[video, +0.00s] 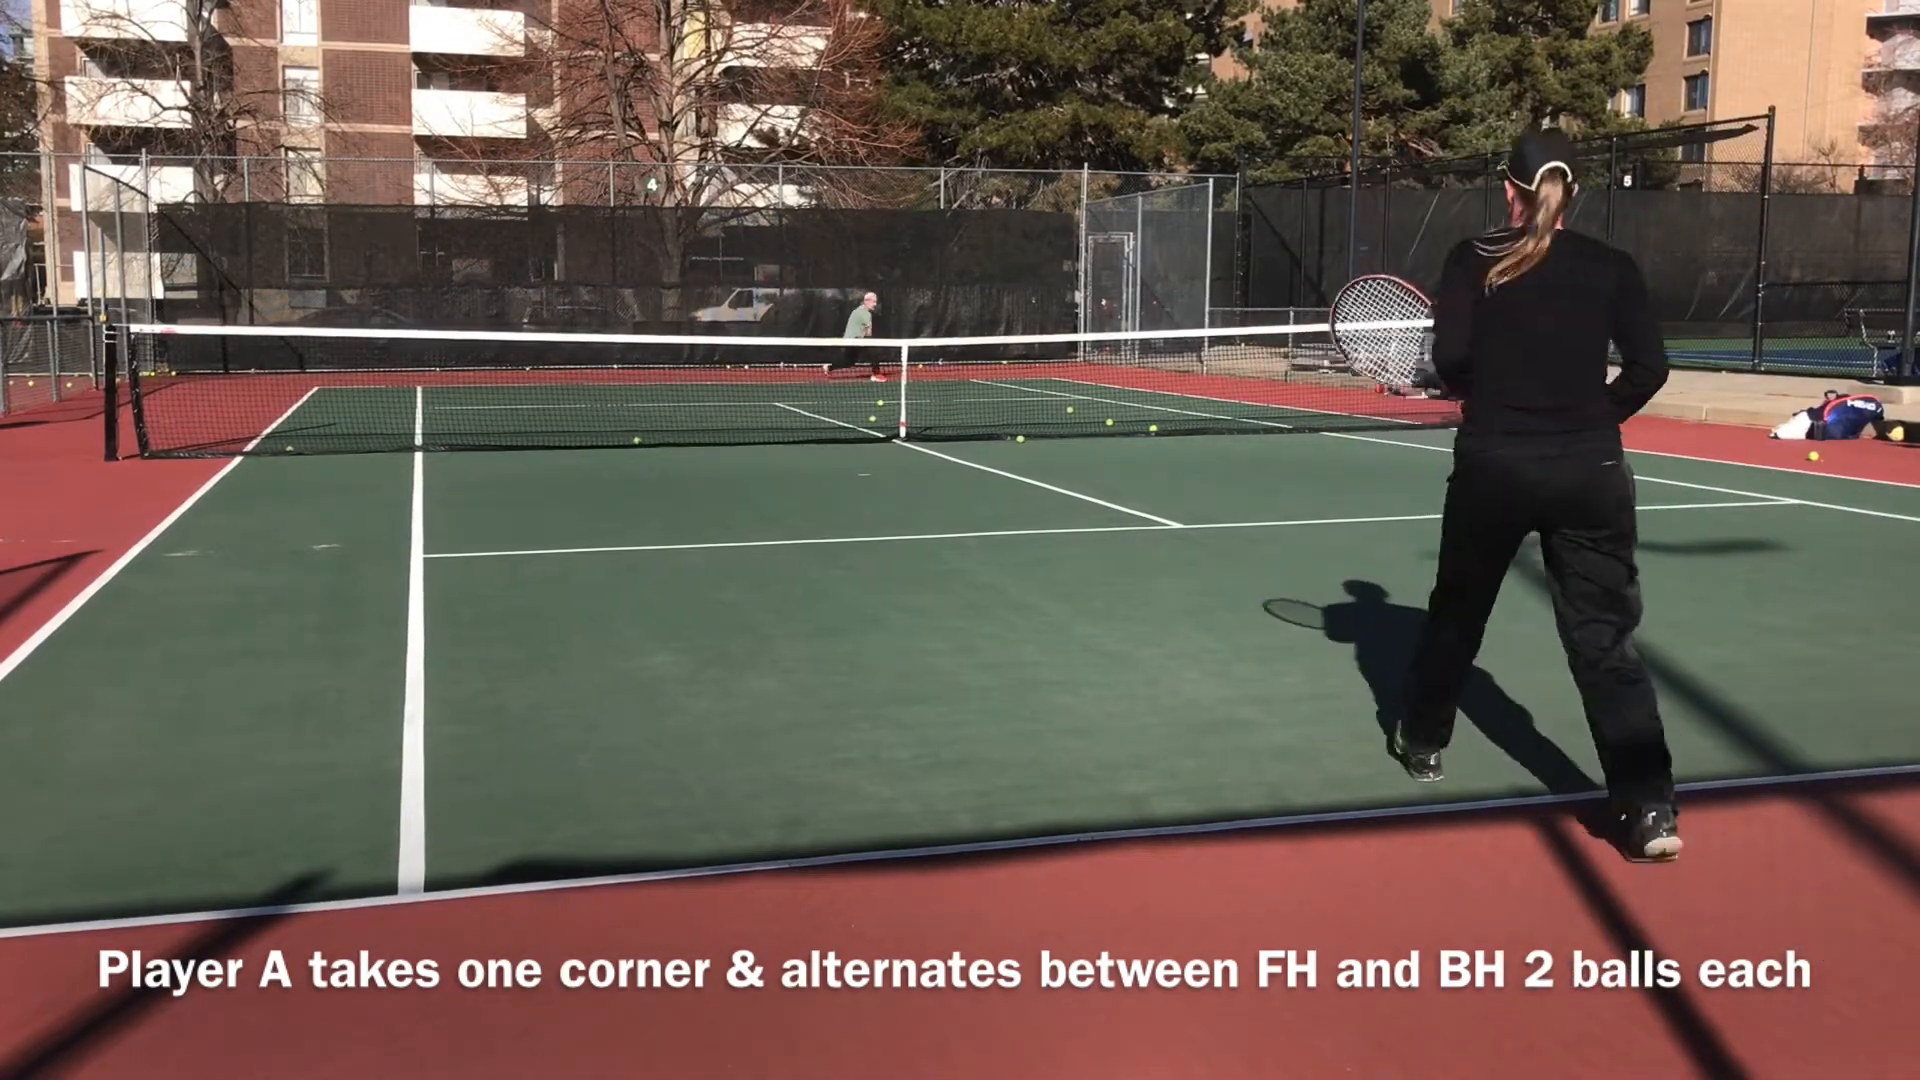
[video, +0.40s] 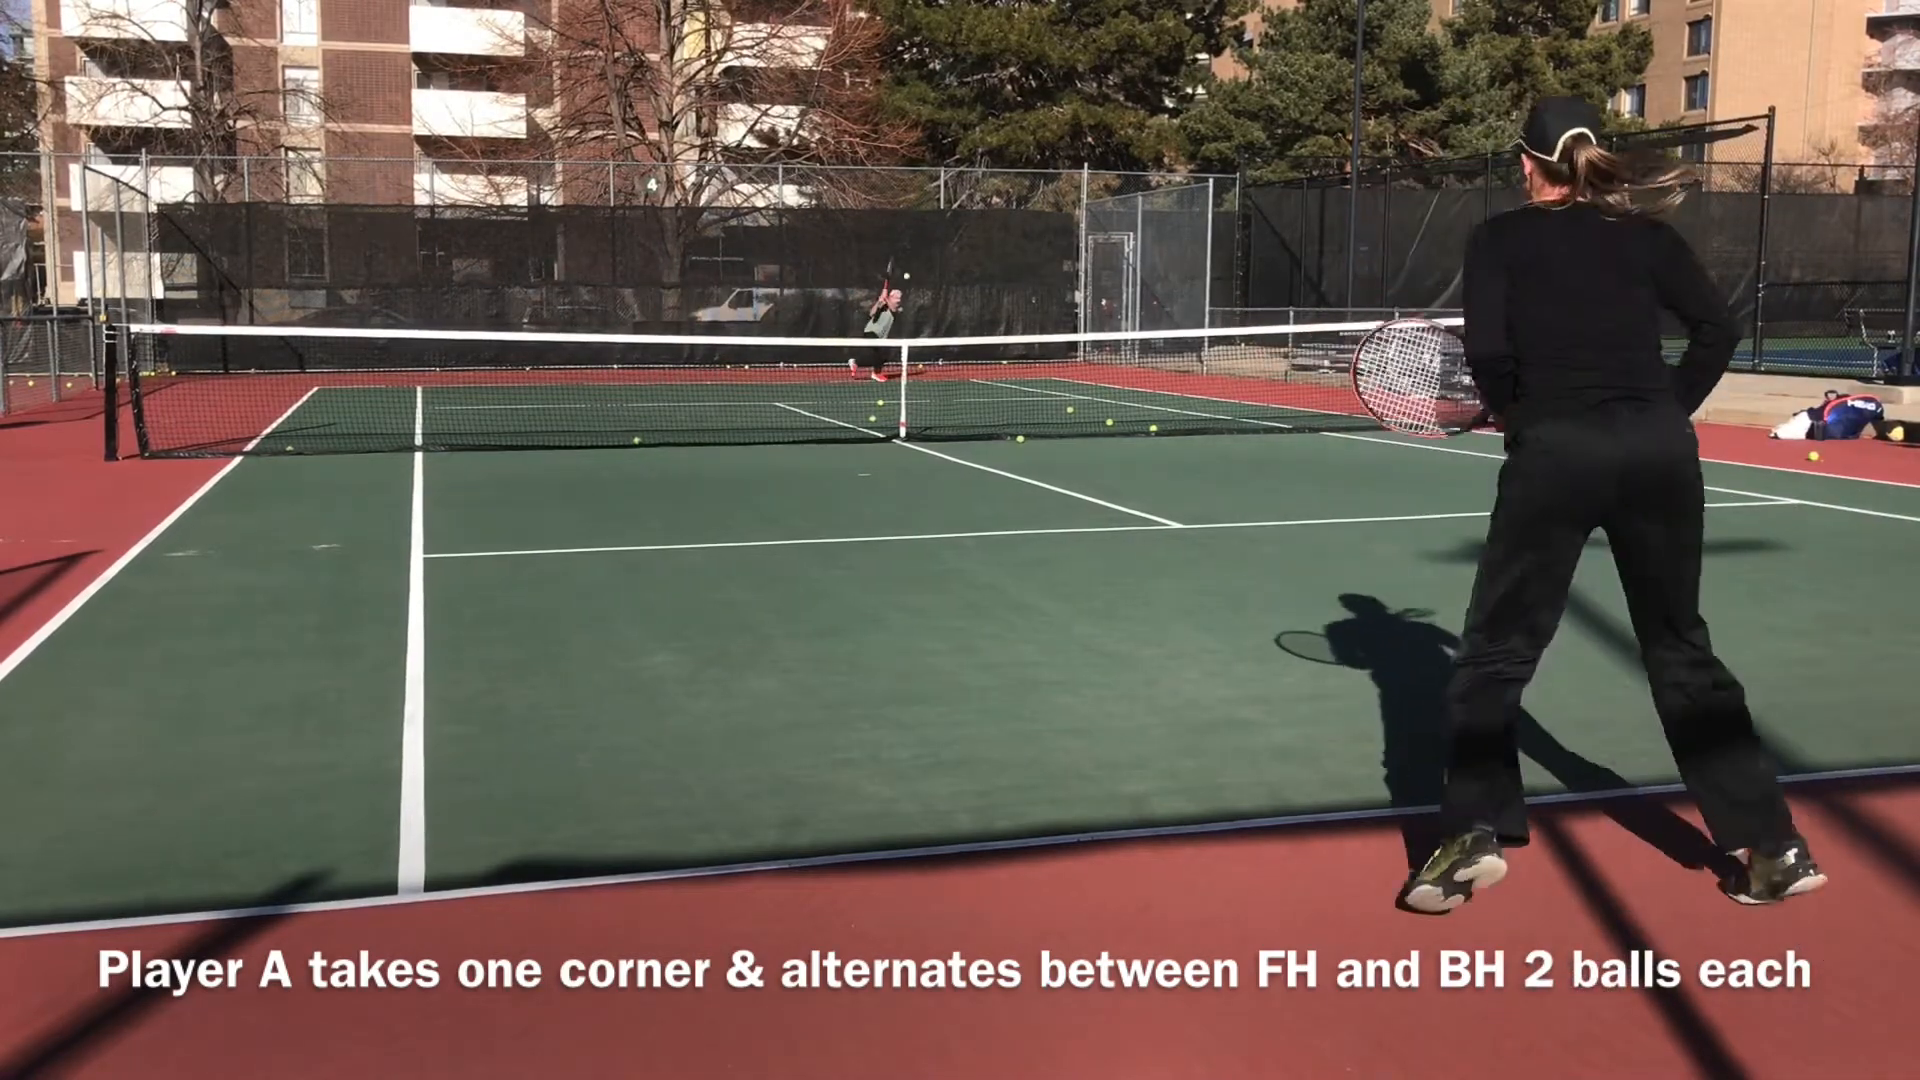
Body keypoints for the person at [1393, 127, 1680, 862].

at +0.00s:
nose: (1503, 197)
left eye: (1505, 188)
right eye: (1512, 186)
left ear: (1512, 192)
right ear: (1570, 194)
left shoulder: (1473, 258)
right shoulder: (1611, 266)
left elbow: (1449, 361)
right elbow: (1650, 367)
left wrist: (1472, 386)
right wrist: (1597, 414)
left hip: (1494, 470)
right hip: (1590, 472)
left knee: (1457, 609)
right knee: (1606, 638)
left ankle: (1423, 740)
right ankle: (1650, 810)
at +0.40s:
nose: (1516, 174)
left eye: (1518, 165)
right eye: (1526, 164)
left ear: (1530, 170)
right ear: (1599, 169)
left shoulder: (1499, 237)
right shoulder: (1648, 235)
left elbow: (1487, 354)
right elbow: (1718, 329)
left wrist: (1513, 417)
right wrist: (1669, 409)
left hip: (1555, 447)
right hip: (1659, 443)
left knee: (1498, 651)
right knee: (1679, 642)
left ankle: (1477, 829)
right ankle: (1769, 843)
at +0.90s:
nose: (1183, 188)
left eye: (1183, 174)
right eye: (1185, 173)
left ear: (1198, 173)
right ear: (1252, 167)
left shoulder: (1225, 236)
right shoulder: (1296, 230)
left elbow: (1273, 356)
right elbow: (1322, 380)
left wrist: (1184, 390)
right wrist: (1247, 465)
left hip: (1299, 496)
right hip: (1371, 494)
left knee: (1194, 696)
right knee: (1330, 710)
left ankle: (1210, 936)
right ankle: (1425, 933)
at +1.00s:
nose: (1090, 208)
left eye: (1090, 192)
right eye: (1091, 192)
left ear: (1107, 191)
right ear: (1153, 181)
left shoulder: (1168, 248)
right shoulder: (1181, 253)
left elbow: (1240, 349)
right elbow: (1214, 405)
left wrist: (1114, 374)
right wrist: (1133, 476)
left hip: (1202, 511)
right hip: (1249, 511)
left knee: (1106, 718)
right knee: (1200, 735)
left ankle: (1057, 949)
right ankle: (1364, 890)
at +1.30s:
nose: (870, 179)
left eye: (882, 162)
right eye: (866, 168)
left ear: (928, 156)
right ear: (881, 171)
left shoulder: (968, 222)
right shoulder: (890, 241)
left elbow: (1051, 276)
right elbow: (848, 323)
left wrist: (950, 189)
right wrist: (818, 283)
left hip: (971, 491)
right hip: (924, 496)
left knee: (957, 720)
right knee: (848, 690)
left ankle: (1052, 949)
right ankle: (731, 852)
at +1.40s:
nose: (799, 193)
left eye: (812, 178)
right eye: (799, 178)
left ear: (849, 187)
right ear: (811, 191)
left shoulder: (884, 252)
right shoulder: (821, 267)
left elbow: (931, 297)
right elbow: (768, 275)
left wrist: (865, 180)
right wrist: (728, 229)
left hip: (884, 511)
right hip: (843, 512)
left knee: (890, 737)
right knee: (748, 694)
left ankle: (1036, 933)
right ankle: (670, 873)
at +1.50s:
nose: (731, 228)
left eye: (732, 213)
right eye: (727, 214)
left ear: (758, 205)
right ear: (783, 199)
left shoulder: (817, 255)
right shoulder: (776, 263)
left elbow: (785, 329)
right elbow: (691, 271)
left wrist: (708, 245)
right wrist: (609, 243)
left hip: (817, 521)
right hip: (787, 522)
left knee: (794, 746)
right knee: (677, 666)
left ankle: (982, 904)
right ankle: (650, 871)